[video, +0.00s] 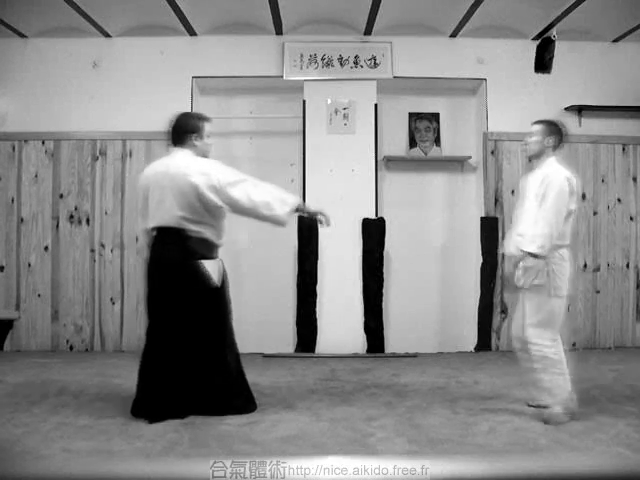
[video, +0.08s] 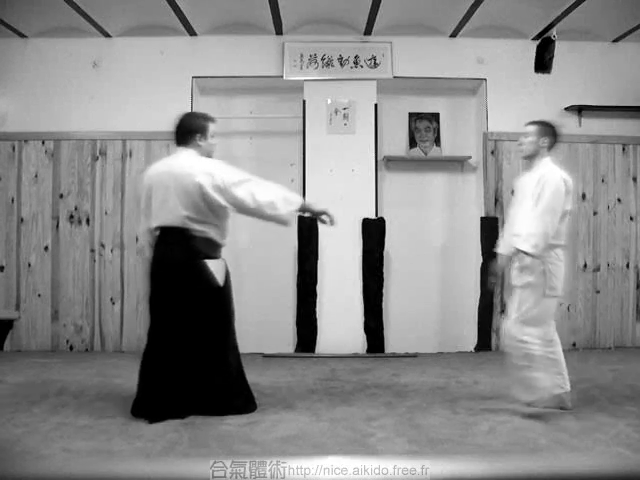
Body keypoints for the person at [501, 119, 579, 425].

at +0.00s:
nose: (526, 140)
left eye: (532, 136)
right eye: (527, 136)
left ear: (550, 141)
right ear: (540, 142)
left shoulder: (559, 176)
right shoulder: (532, 177)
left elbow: (550, 219)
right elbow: (522, 218)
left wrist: (535, 255)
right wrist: (511, 251)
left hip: (549, 261)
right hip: (527, 259)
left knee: (542, 333)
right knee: (520, 333)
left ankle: (562, 402)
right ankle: (547, 393)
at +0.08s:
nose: (520, 141)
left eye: (526, 136)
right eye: (521, 136)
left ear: (544, 142)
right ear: (533, 143)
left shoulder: (553, 176)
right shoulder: (525, 178)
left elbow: (544, 221)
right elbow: (513, 220)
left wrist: (524, 255)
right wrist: (502, 255)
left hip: (541, 260)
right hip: (523, 258)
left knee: (517, 327)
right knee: (541, 326)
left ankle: (547, 391)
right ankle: (557, 393)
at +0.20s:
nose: (509, 143)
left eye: (515, 138)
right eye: (509, 138)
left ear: (533, 143)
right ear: (520, 144)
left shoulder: (542, 179)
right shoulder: (512, 179)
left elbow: (532, 229)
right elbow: (500, 222)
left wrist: (505, 250)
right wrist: (483, 252)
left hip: (531, 260)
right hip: (512, 259)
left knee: (502, 324)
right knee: (537, 324)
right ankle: (559, 391)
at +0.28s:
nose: (500, 145)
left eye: (507, 139)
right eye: (500, 140)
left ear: (526, 145)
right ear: (507, 146)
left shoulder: (536, 182)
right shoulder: (503, 182)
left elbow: (520, 230)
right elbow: (488, 226)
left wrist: (489, 241)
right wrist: (460, 249)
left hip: (524, 263)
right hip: (505, 262)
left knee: (493, 327)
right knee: (533, 327)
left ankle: (473, 397)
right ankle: (559, 391)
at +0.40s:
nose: (485, 144)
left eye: (493, 139)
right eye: (485, 139)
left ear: (511, 145)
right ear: (486, 144)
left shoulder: (517, 183)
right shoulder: (484, 179)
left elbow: (497, 226)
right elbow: (458, 211)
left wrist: (453, 232)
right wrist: (425, 222)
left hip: (502, 262)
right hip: (487, 259)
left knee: (473, 329)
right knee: (515, 322)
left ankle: (460, 400)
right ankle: (554, 388)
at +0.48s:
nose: (474, 142)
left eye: (482, 137)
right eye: (474, 136)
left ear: (498, 143)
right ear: (473, 141)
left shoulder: (506, 182)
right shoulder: (467, 178)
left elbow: (481, 221)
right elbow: (436, 207)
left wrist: (447, 218)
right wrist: (399, 211)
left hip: (488, 264)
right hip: (466, 263)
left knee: (464, 333)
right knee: (500, 325)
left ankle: (457, 400)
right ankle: (544, 380)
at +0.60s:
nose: (447, 139)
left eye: (454, 133)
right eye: (446, 133)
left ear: (473, 139)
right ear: (445, 138)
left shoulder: (481, 178)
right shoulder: (443, 173)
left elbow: (452, 209)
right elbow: (407, 194)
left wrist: (418, 200)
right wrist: (364, 190)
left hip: (463, 265)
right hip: (439, 263)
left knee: (456, 337)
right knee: (447, 336)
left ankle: (457, 403)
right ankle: (500, 367)